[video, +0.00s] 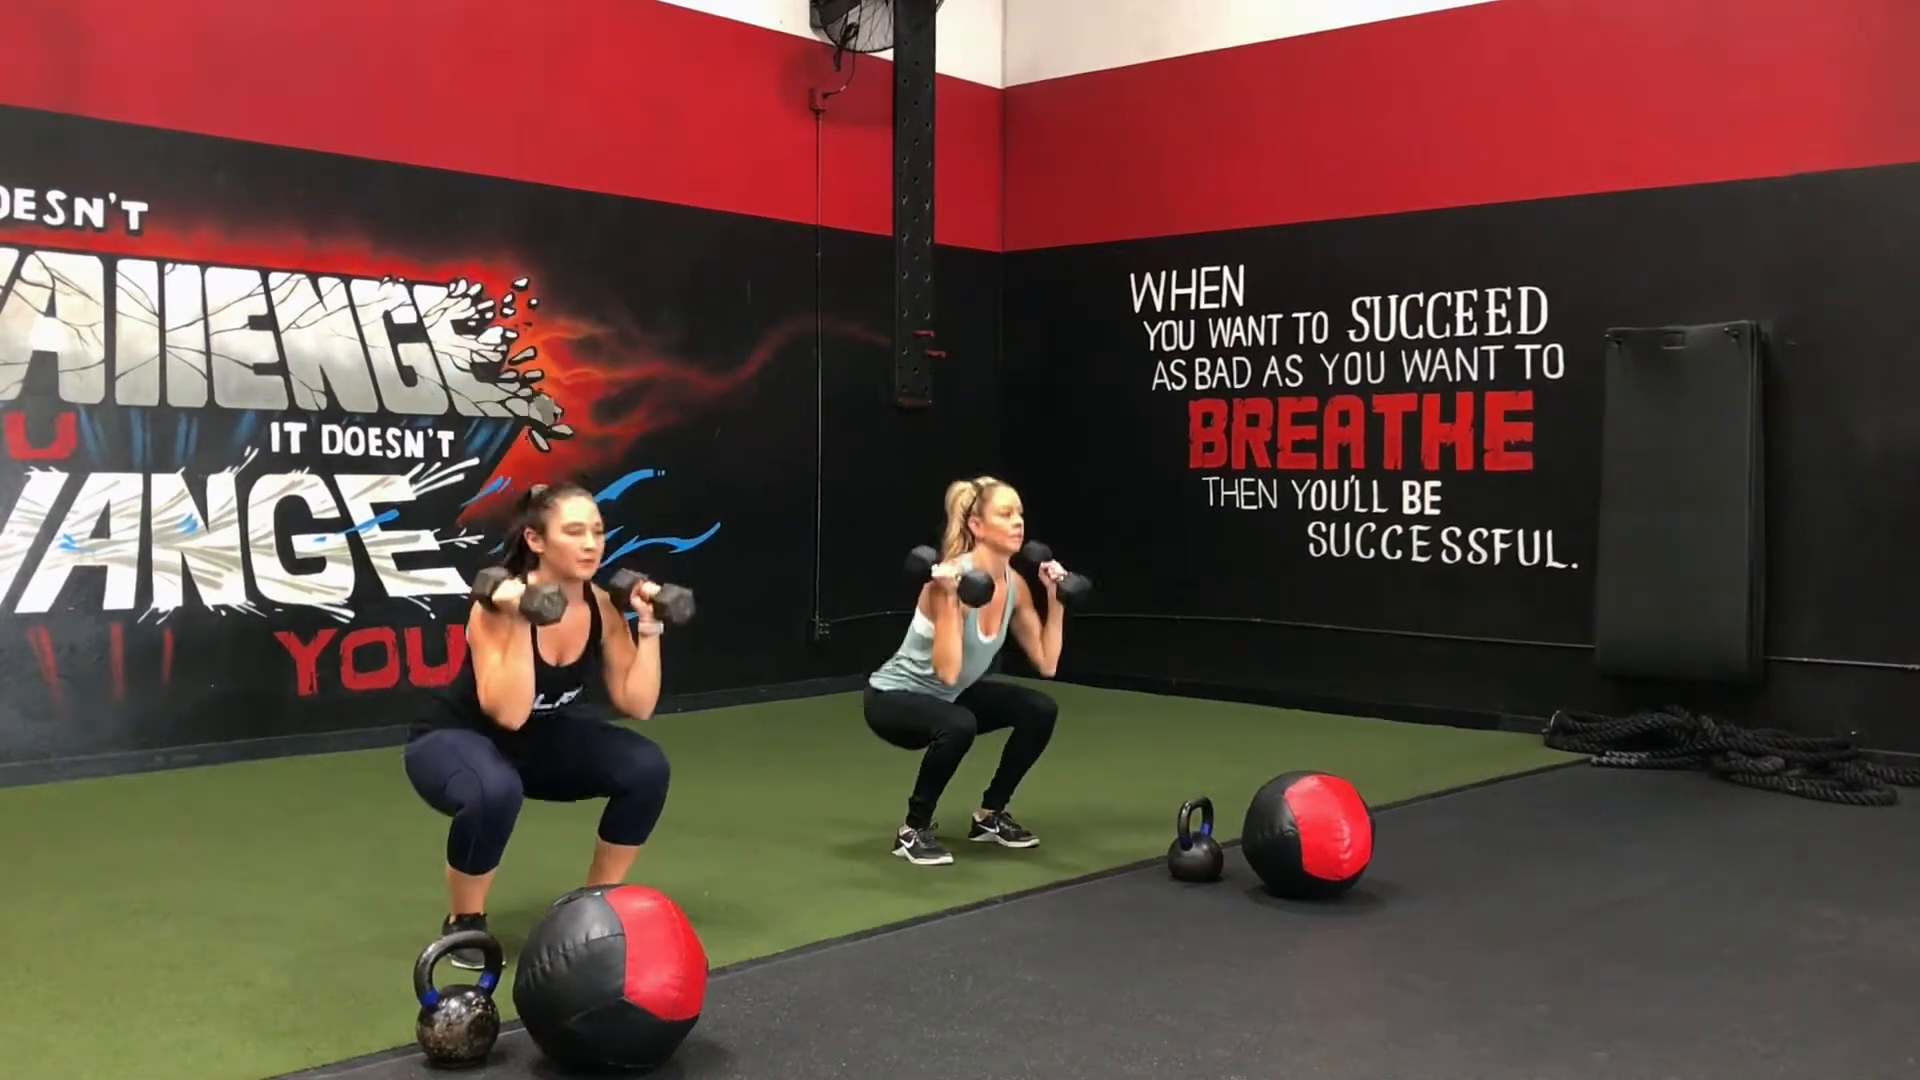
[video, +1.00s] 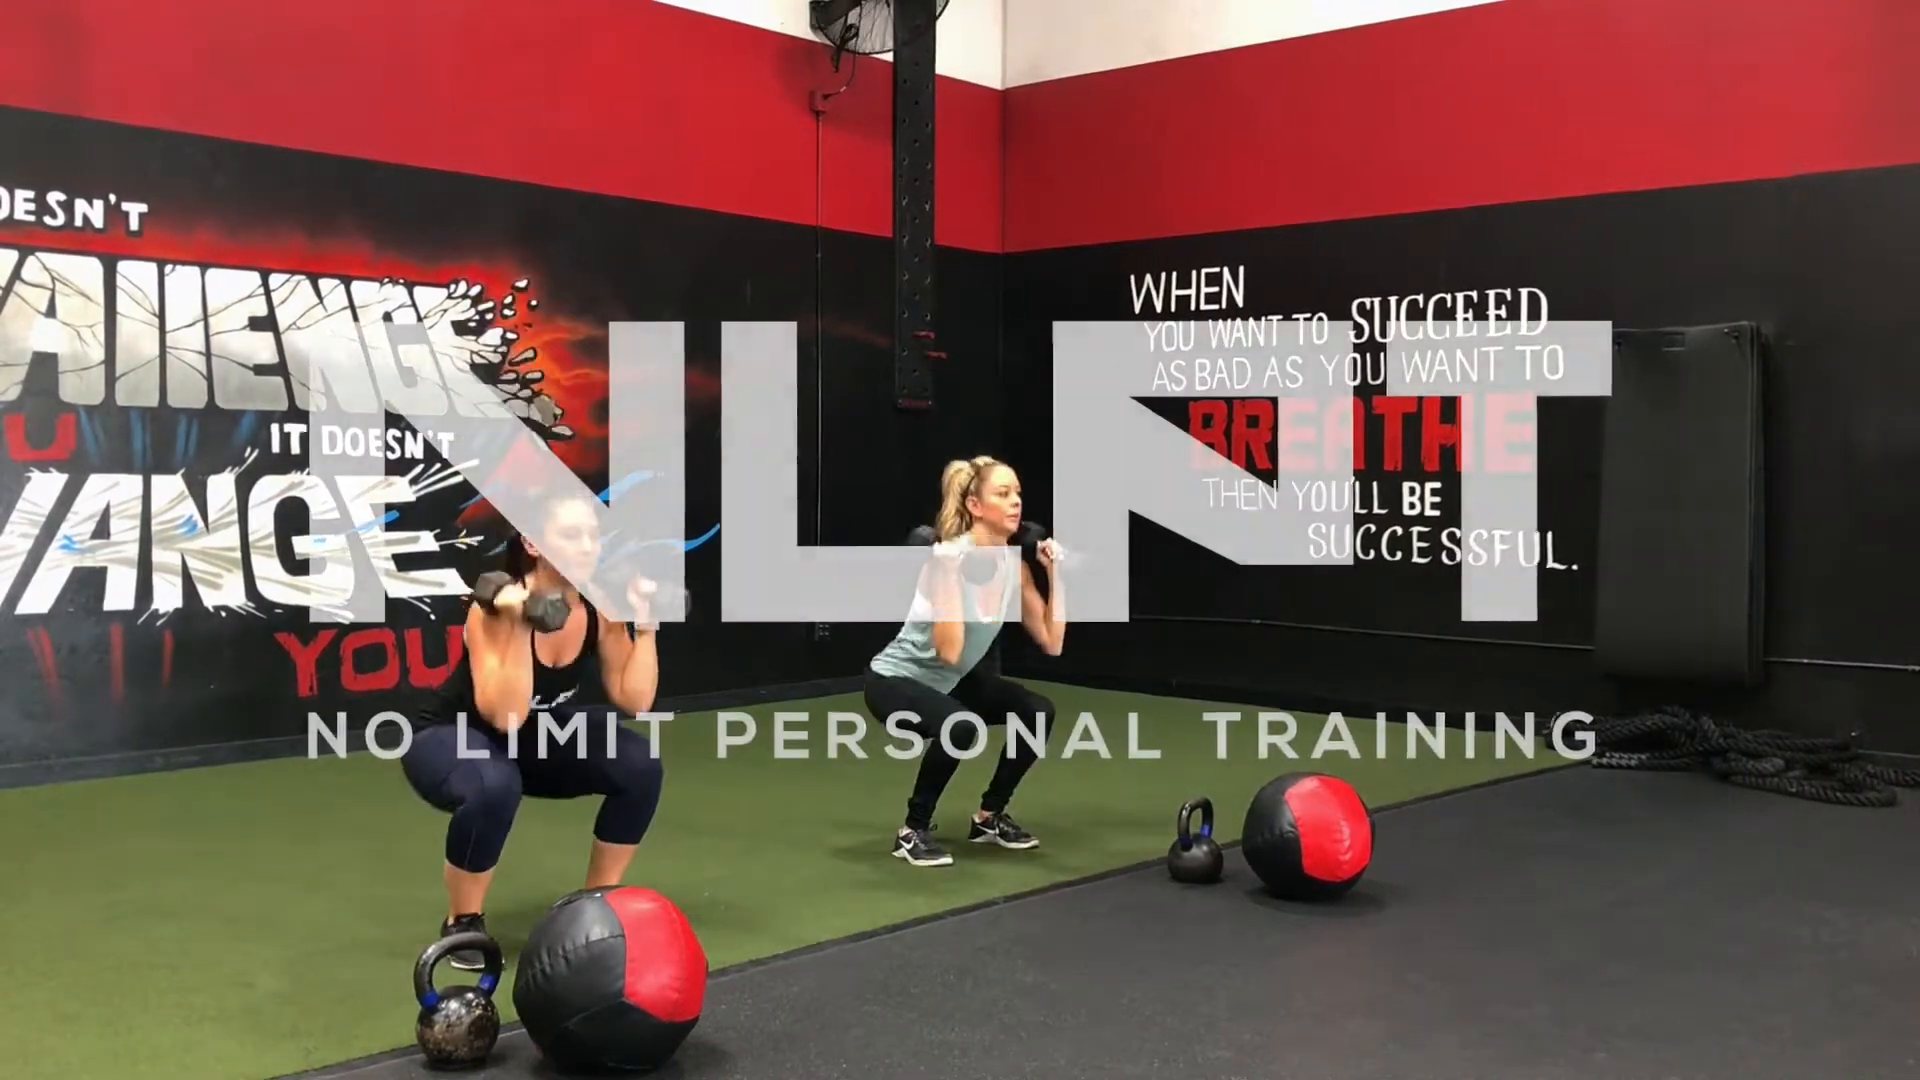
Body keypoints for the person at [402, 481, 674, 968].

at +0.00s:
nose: (591, 543)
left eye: (597, 531)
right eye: (575, 531)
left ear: (604, 539)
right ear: (535, 542)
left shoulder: (604, 606)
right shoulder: (496, 605)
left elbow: (638, 704)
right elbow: (509, 712)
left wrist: (649, 626)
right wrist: (519, 617)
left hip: (541, 739)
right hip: (458, 738)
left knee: (645, 768)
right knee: (494, 791)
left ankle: (596, 907)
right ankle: (466, 926)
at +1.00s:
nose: (587, 548)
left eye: (592, 535)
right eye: (572, 536)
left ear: (601, 541)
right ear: (533, 545)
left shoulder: (600, 607)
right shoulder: (493, 608)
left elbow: (635, 699)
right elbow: (505, 714)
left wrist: (644, 628)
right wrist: (515, 620)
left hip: (537, 741)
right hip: (454, 738)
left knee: (640, 768)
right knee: (495, 785)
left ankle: (596, 907)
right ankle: (464, 924)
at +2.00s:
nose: (566, 527)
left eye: (578, 515)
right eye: (556, 514)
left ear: (592, 521)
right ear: (532, 519)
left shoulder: (602, 575)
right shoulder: (491, 575)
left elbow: (634, 673)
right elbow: (507, 689)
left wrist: (652, 586)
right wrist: (515, 595)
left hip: (538, 716)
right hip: (452, 712)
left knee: (640, 764)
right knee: (492, 785)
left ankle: (598, 909)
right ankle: (464, 925)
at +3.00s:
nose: (584, 482)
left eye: (591, 469)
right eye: (571, 469)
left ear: (602, 476)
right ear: (536, 478)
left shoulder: (606, 537)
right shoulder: (496, 546)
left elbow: (647, 642)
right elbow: (513, 649)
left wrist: (649, 555)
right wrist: (527, 551)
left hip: (536, 679)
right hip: (456, 682)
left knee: (637, 760)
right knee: (488, 781)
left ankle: (596, 906)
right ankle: (466, 925)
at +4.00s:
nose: (573, 441)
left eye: (577, 429)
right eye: (560, 429)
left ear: (587, 437)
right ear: (524, 438)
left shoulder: (596, 499)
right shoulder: (500, 490)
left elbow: (664, 582)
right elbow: (512, 591)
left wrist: (653, 498)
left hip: (543, 663)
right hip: (463, 665)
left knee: (637, 762)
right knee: (490, 773)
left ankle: (594, 909)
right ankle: (465, 926)